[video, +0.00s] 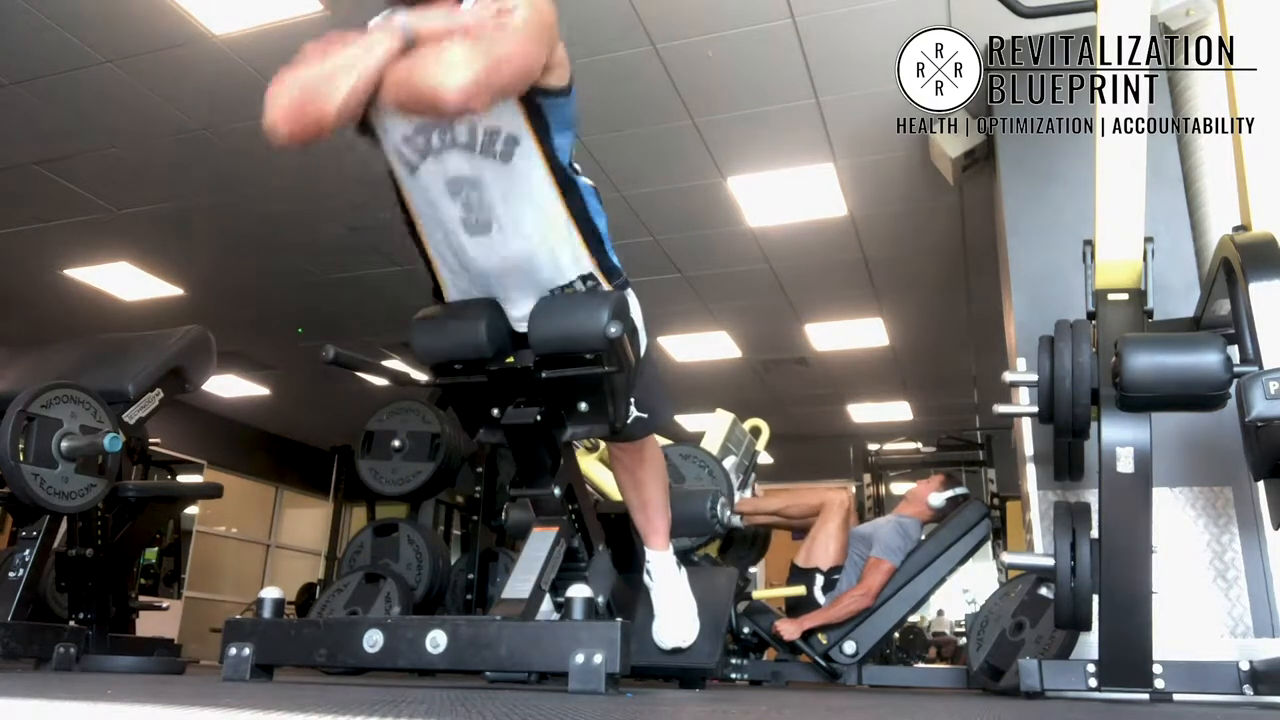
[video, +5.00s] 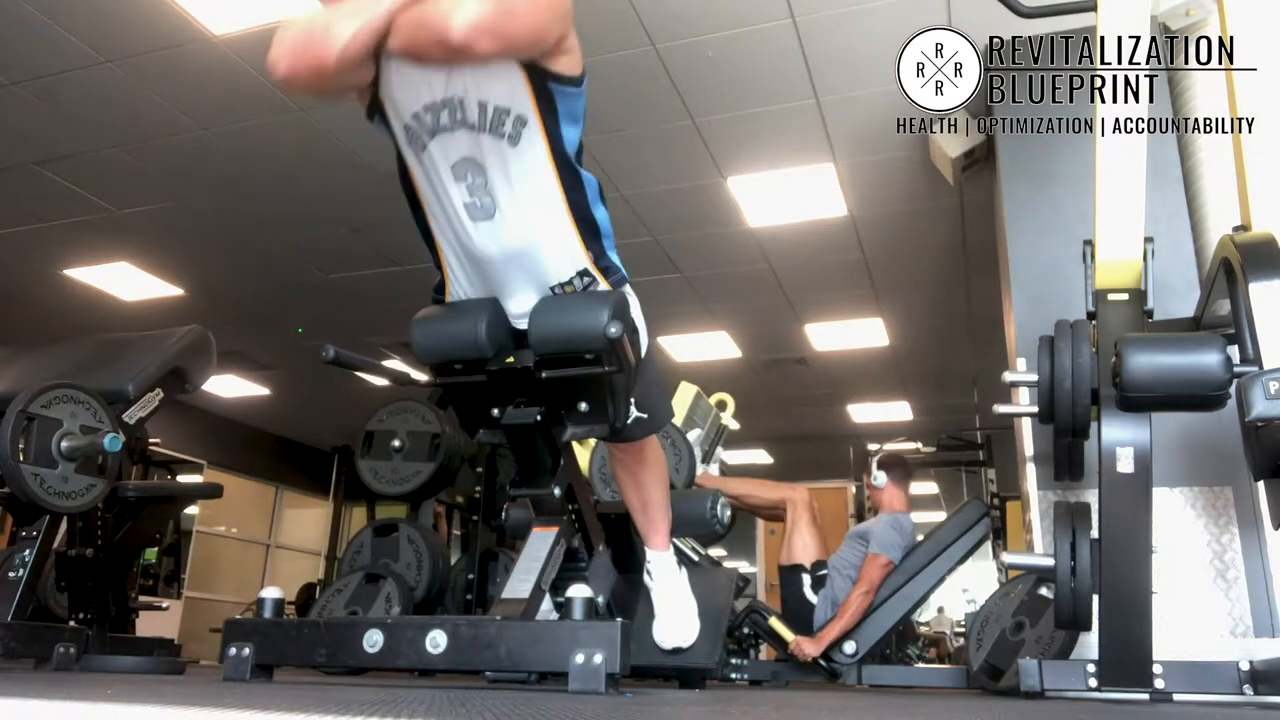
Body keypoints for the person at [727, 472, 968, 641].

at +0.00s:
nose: (920, 480)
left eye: (930, 480)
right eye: (929, 477)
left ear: (933, 499)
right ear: (935, 504)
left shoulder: (897, 529)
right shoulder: (903, 526)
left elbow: (866, 595)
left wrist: (801, 623)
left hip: (816, 604)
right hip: (823, 598)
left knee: (839, 498)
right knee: (841, 496)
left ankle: (735, 506)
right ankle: (750, 506)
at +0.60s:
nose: (920, 479)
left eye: (928, 480)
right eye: (927, 476)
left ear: (931, 498)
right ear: (933, 505)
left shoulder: (895, 528)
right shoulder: (902, 526)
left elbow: (865, 595)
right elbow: (865, 593)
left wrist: (801, 624)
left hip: (813, 603)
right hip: (819, 598)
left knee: (798, 497)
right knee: (797, 502)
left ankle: (704, 476)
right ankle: (720, 488)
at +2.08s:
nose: (918, 482)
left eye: (927, 481)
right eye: (926, 478)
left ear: (932, 499)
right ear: (934, 501)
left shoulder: (898, 529)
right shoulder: (904, 527)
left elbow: (865, 594)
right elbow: (864, 591)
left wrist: (801, 624)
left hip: (816, 604)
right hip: (823, 600)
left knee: (839, 500)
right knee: (841, 506)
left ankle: (734, 506)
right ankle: (747, 516)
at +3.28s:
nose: (897, 479)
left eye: (907, 476)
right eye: (901, 473)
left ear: (925, 493)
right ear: (920, 494)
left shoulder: (897, 529)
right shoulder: (905, 527)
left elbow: (865, 596)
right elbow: (867, 592)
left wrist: (801, 624)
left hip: (813, 604)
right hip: (817, 598)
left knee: (802, 497)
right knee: (798, 502)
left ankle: (706, 478)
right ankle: (723, 490)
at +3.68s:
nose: (874, 484)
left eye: (879, 477)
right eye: (876, 477)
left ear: (898, 482)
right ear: (903, 483)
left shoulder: (893, 528)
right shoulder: (897, 527)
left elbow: (873, 597)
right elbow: (873, 594)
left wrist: (807, 616)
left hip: (814, 601)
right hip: (818, 597)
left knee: (757, 504)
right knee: (758, 506)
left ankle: (677, 461)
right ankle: (688, 466)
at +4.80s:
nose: (867, 491)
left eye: (869, 483)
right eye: (867, 483)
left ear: (882, 479)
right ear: (895, 480)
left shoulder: (890, 526)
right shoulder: (898, 525)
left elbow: (866, 590)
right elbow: (867, 590)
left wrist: (819, 641)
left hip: (814, 618)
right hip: (822, 613)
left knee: (789, 500)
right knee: (794, 510)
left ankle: (695, 471)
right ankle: (721, 495)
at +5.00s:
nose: (868, 490)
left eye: (869, 483)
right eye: (868, 483)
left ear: (879, 481)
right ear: (903, 482)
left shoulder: (889, 527)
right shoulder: (898, 525)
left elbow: (866, 592)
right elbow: (867, 591)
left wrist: (819, 641)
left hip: (814, 616)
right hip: (821, 611)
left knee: (798, 496)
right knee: (801, 505)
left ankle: (702, 479)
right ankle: (724, 497)